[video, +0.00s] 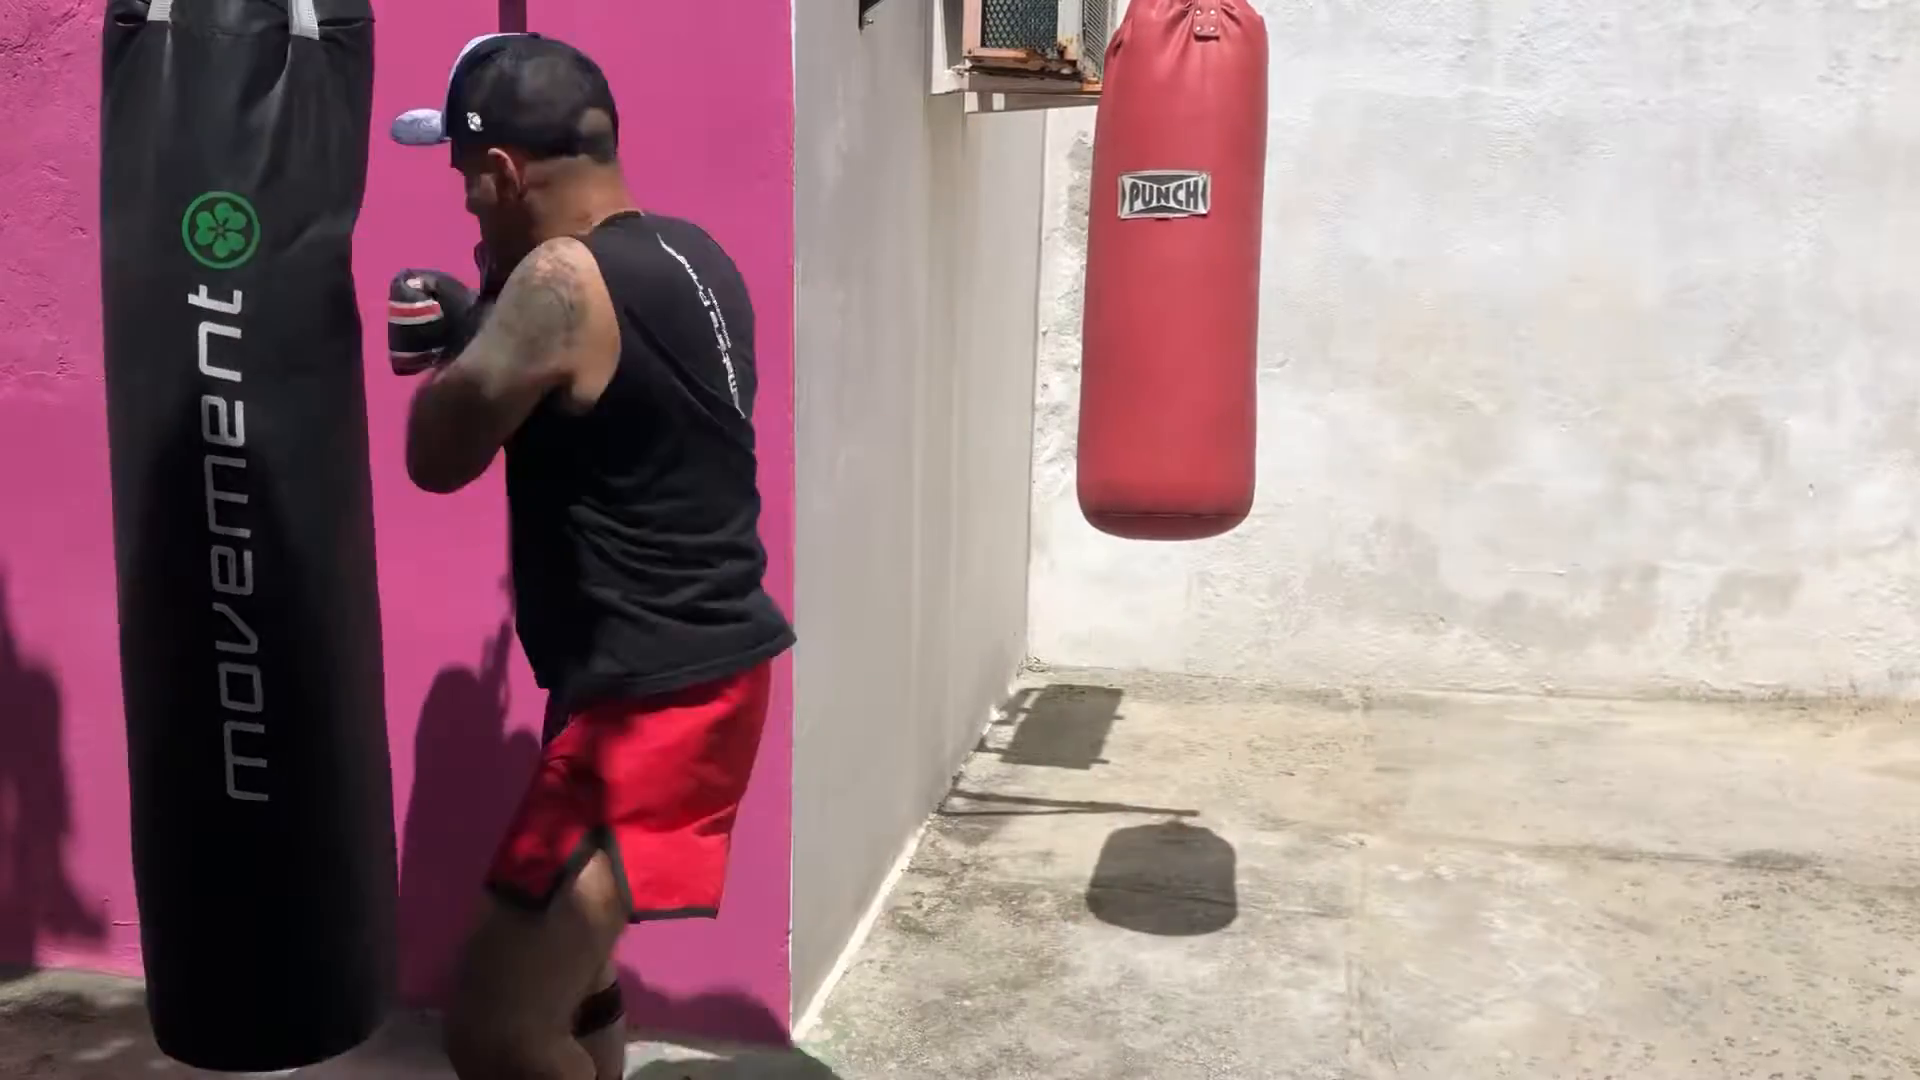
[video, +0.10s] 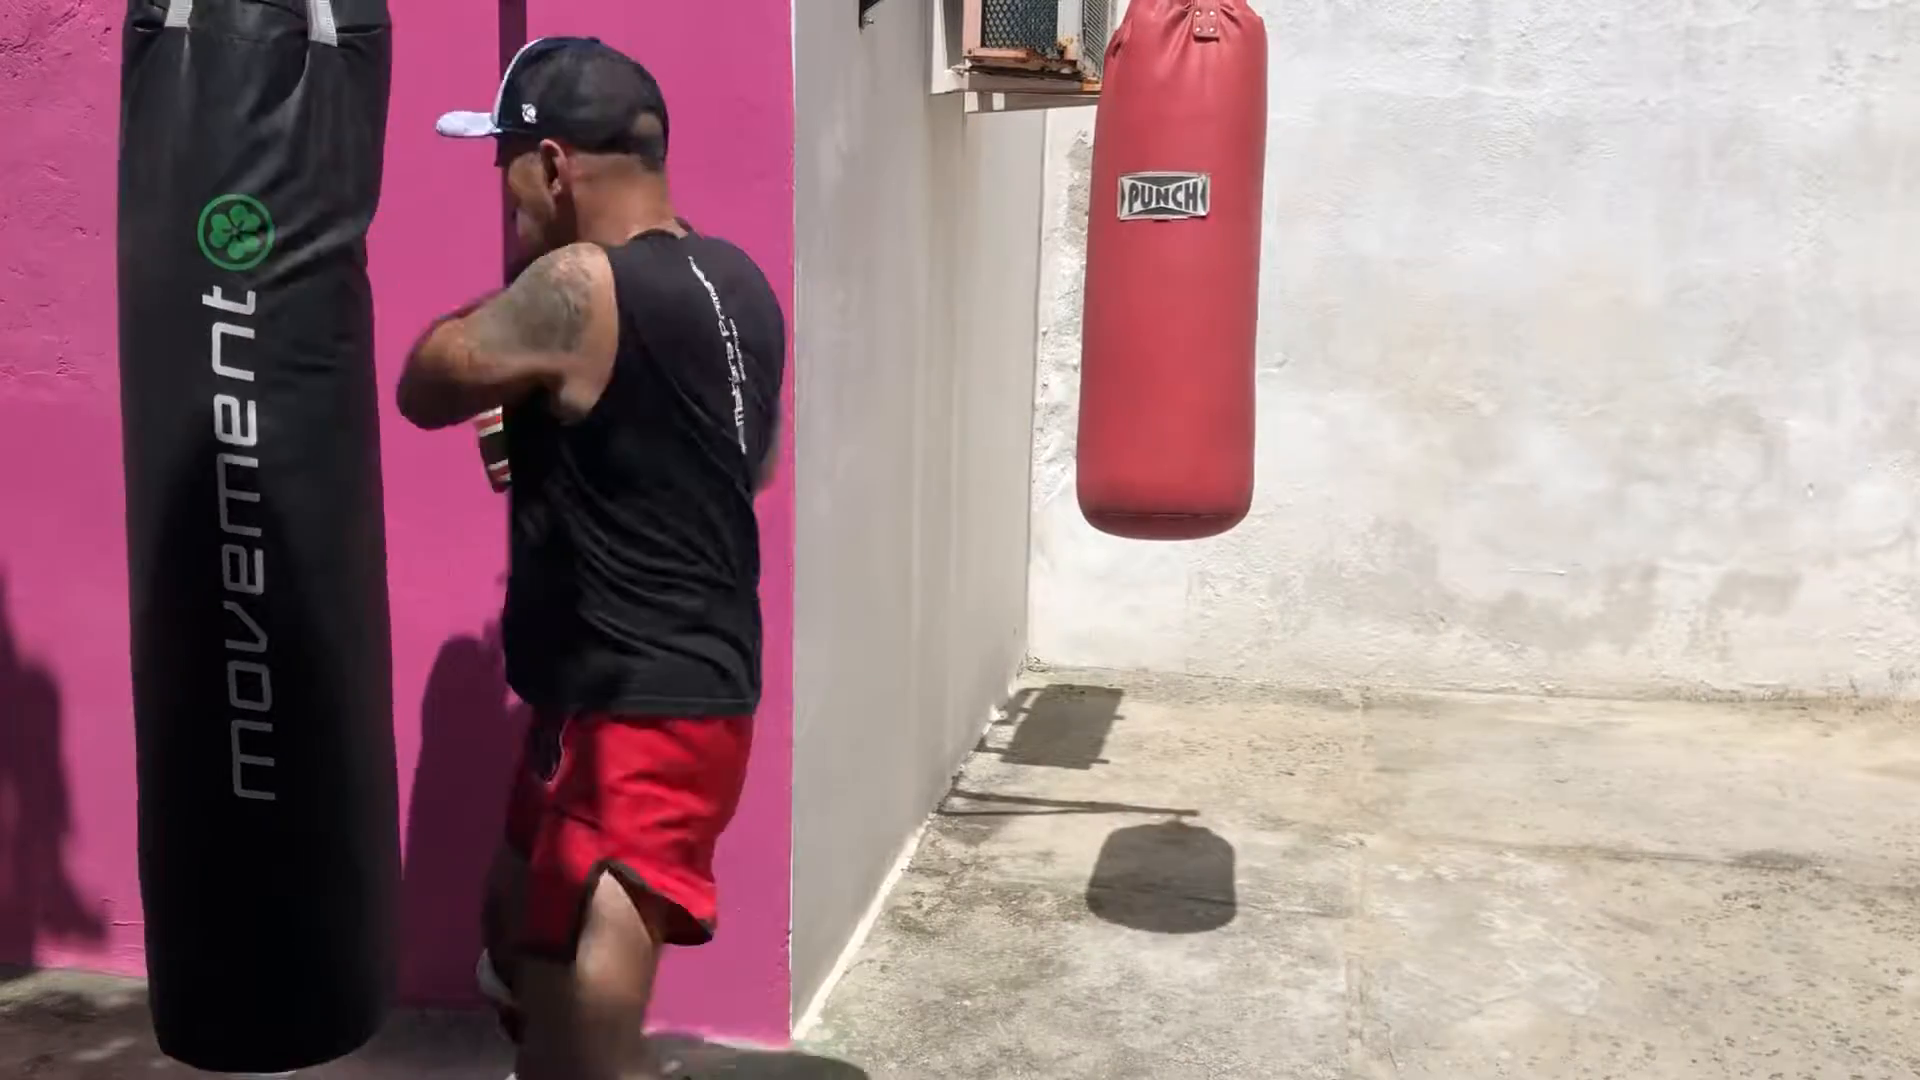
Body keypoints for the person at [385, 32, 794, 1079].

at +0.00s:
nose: (467, 200)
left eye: (466, 174)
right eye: (463, 175)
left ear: (506, 169)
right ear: (601, 142)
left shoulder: (559, 279)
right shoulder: (693, 256)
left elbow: (435, 457)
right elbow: (628, 412)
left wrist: (498, 298)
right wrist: (484, 335)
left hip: (644, 681)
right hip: (712, 663)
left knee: (496, 1024)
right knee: (572, 987)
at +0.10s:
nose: (508, 193)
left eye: (509, 166)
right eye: (505, 167)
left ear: (557, 162)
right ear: (640, 150)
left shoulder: (579, 283)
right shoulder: (741, 286)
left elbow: (424, 389)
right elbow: (746, 470)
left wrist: (525, 296)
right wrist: (557, 440)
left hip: (629, 704)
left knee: (593, 1027)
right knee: (522, 951)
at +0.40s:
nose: (549, 278)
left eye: (560, 256)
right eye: (550, 254)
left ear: (626, 269)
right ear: (640, 268)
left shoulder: (756, 400)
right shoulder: (641, 372)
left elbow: (616, 614)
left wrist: (560, 453)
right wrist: (567, 433)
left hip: (785, 754)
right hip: (658, 747)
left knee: (750, 1057)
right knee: (509, 979)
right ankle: (580, 1071)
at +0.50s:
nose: (609, 247)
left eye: (623, 229)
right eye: (614, 224)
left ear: (694, 259)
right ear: (706, 257)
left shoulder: (806, 401)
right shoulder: (691, 337)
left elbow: (648, 587)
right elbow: (571, 363)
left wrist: (603, 415)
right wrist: (491, 339)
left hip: (796, 768)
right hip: (671, 747)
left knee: (781, 1061)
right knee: (542, 973)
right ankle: (596, 1064)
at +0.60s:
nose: (652, 206)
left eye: (662, 184)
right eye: (654, 181)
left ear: (728, 203)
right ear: (758, 200)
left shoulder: (827, 344)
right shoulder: (829, 291)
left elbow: (693, 557)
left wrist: (642, 397)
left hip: (847, 729)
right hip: (736, 704)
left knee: (850, 1032)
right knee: (640, 935)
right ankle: (616, 1072)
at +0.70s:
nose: (684, 213)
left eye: (694, 188)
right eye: (686, 187)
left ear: (758, 200)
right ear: (790, 194)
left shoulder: (853, 337)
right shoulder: (903, 282)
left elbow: (752, 578)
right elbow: (1006, 442)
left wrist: (656, 422)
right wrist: (880, 539)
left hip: (895, 749)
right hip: (793, 723)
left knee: (911, 1054)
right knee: (686, 918)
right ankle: (697, 1079)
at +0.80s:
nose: (739, 220)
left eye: (748, 197)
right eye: (739, 196)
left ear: (808, 207)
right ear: (843, 202)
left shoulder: (908, 344)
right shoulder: (918, 298)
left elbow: (817, 589)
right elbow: (1007, 457)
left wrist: (676, 464)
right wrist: (818, 454)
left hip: (943, 760)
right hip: (853, 733)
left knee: (946, 1054)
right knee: (777, 913)